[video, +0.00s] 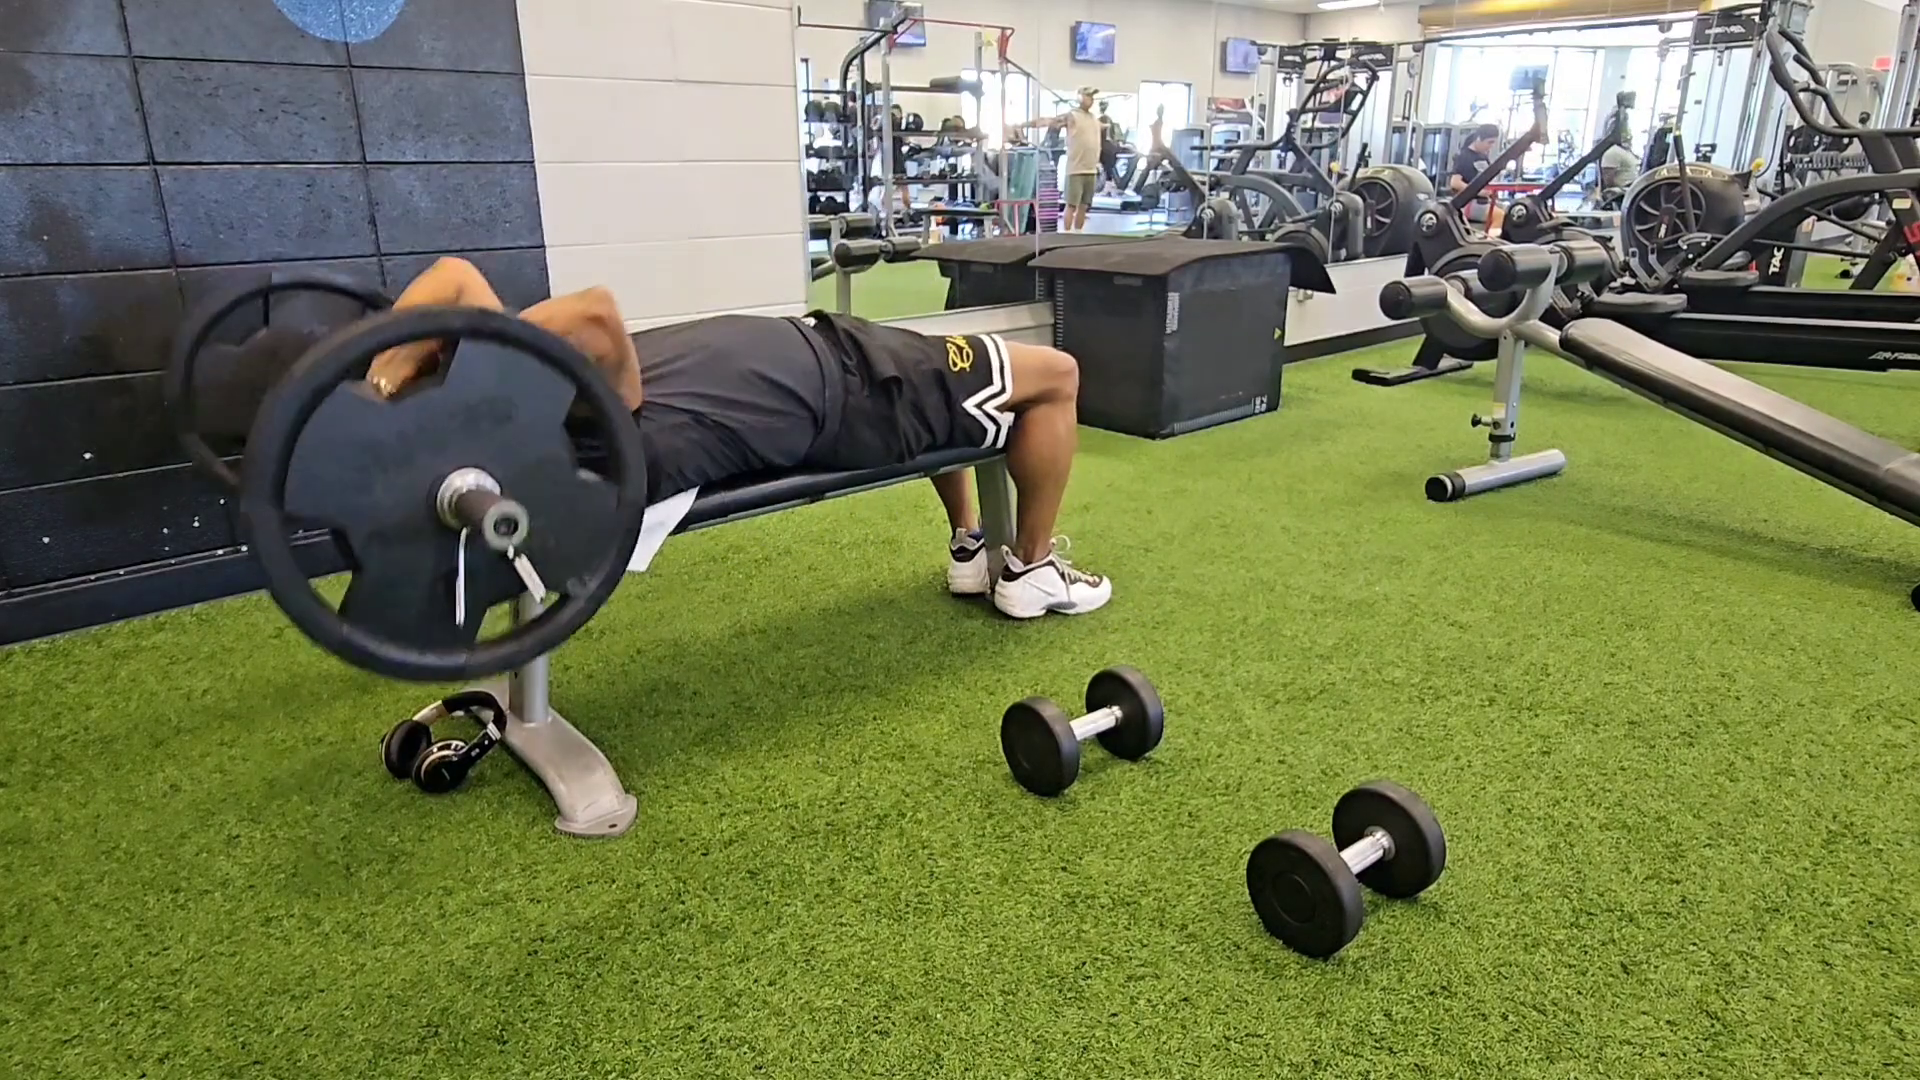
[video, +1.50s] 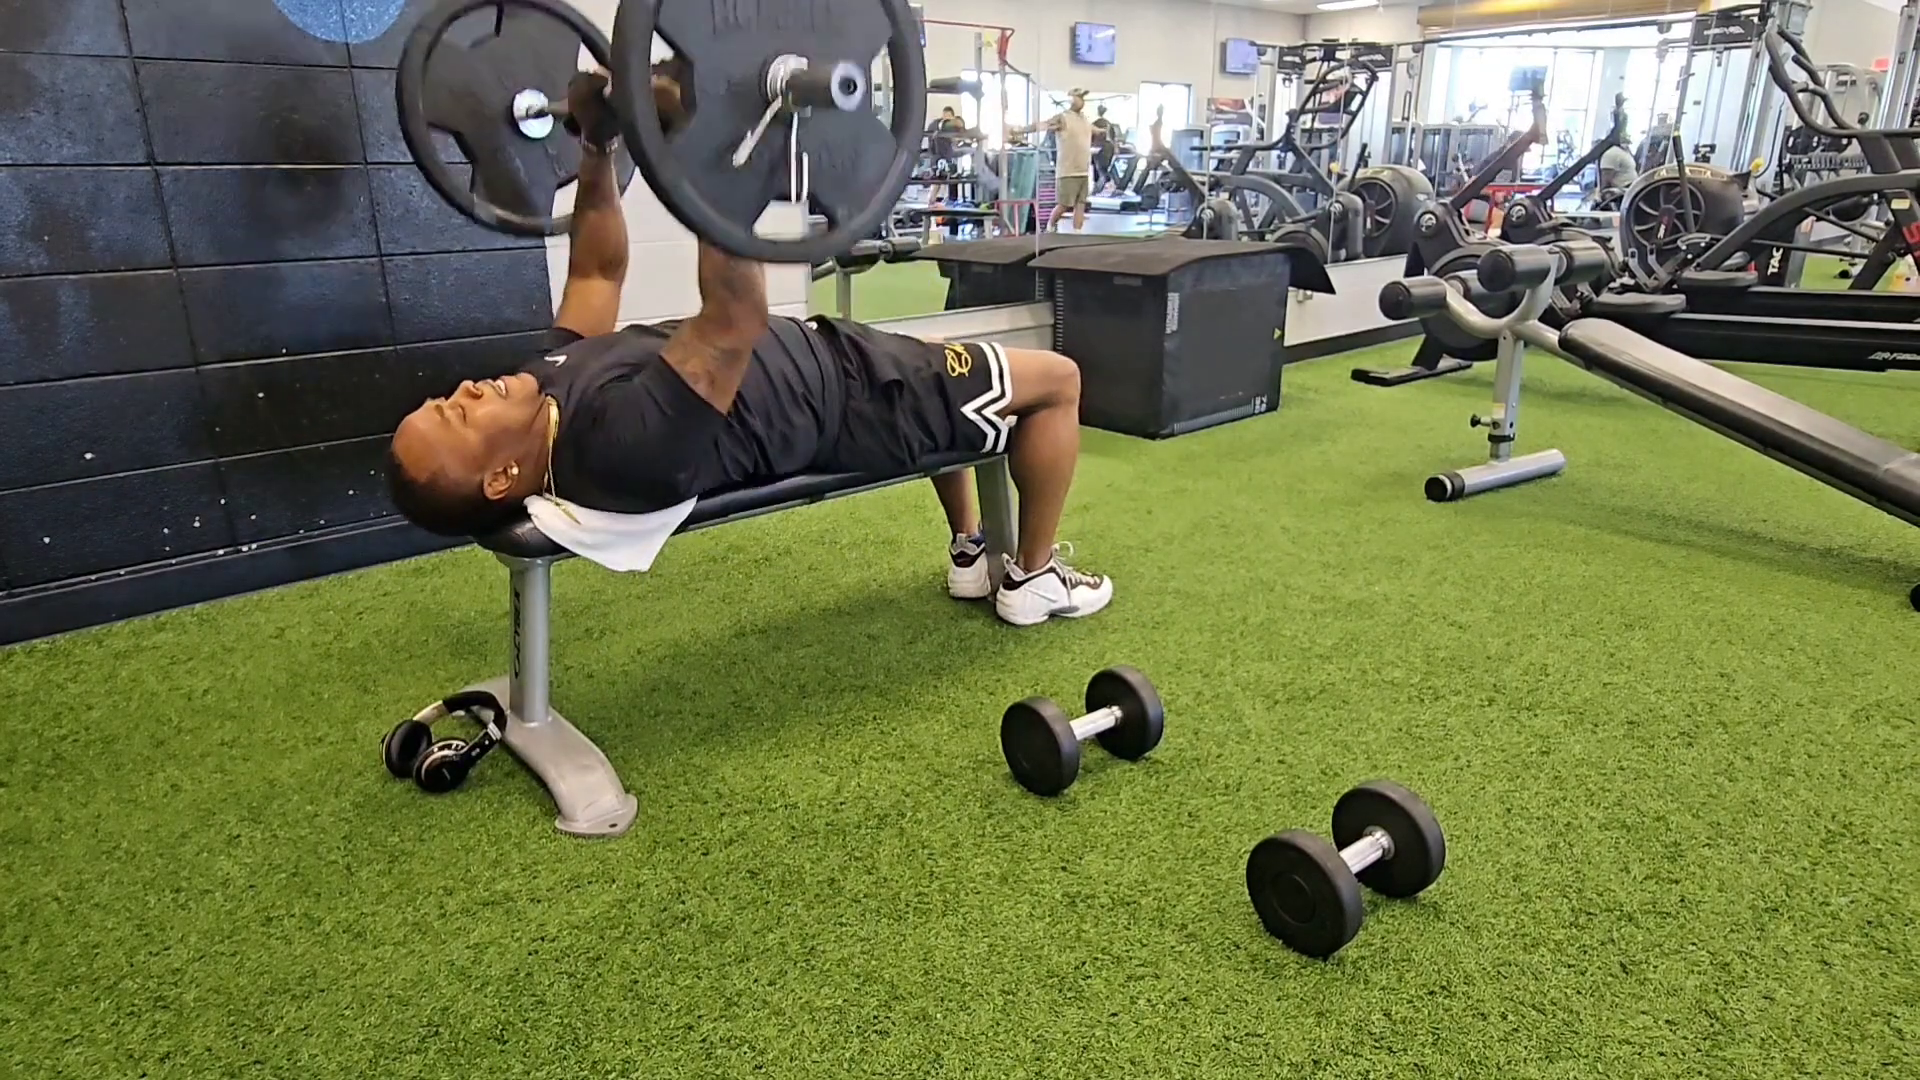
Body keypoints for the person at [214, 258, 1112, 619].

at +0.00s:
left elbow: (454, 271)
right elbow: (595, 313)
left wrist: (387, 378)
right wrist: (465, 365)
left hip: (761, 343)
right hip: (830, 390)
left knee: (927, 361)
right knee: (1056, 374)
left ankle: (977, 540)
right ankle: (1032, 567)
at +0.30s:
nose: (434, 412)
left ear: (390, 502)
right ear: (442, 518)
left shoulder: (449, 440)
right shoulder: (588, 461)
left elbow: (387, 328)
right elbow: (523, 368)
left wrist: (384, 467)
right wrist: (423, 467)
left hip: (780, 341)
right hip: (842, 383)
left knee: (934, 344)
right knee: (1058, 375)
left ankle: (974, 546)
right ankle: (1031, 570)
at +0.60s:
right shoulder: (601, 451)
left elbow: (449, 303)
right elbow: (648, 317)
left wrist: (379, 366)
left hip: (764, 350)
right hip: (823, 388)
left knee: (920, 349)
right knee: (1048, 371)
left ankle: (971, 545)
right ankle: (1038, 568)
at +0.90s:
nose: (479, 383)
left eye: (458, 395)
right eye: (470, 410)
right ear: (507, 475)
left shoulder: (538, 405)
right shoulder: (606, 464)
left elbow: (594, 372)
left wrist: (576, 325)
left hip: (779, 367)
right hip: (837, 422)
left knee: (924, 344)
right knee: (1062, 377)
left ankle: (972, 546)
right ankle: (1038, 576)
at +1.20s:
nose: (486, 382)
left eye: (459, 391)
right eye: (472, 408)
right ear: (504, 472)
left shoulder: (554, 396)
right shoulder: (611, 466)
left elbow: (617, 338)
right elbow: (766, 445)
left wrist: (622, 263)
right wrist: (799, 318)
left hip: (781, 368)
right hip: (840, 415)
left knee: (936, 359)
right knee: (1063, 381)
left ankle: (973, 548)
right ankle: (1034, 574)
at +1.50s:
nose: (481, 382)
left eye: (453, 392)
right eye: (468, 408)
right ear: (506, 472)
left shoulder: (542, 382)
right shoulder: (619, 446)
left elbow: (596, 278)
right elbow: (733, 321)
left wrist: (596, 146)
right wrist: (700, 150)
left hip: (802, 346)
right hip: (842, 392)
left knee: (939, 368)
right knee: (1057, 380)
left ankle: (975, 548)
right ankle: (1034, 575)